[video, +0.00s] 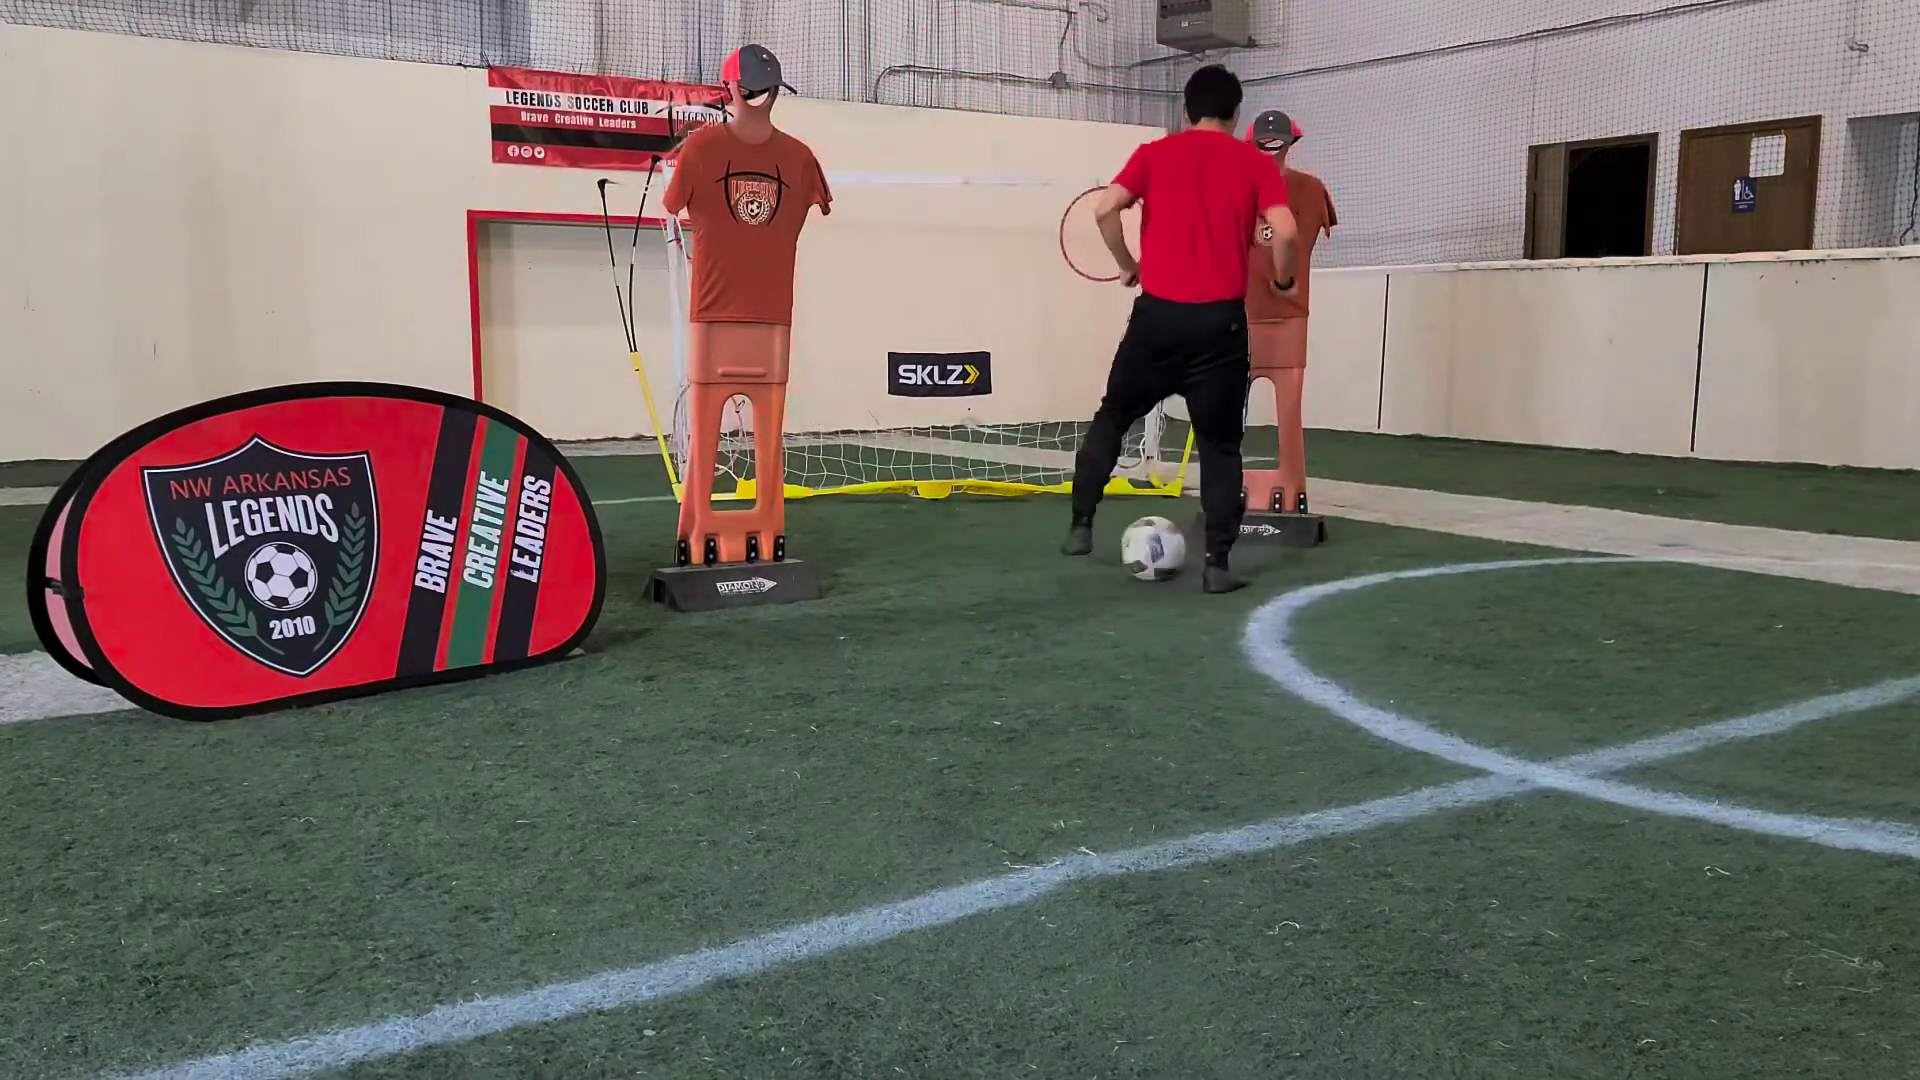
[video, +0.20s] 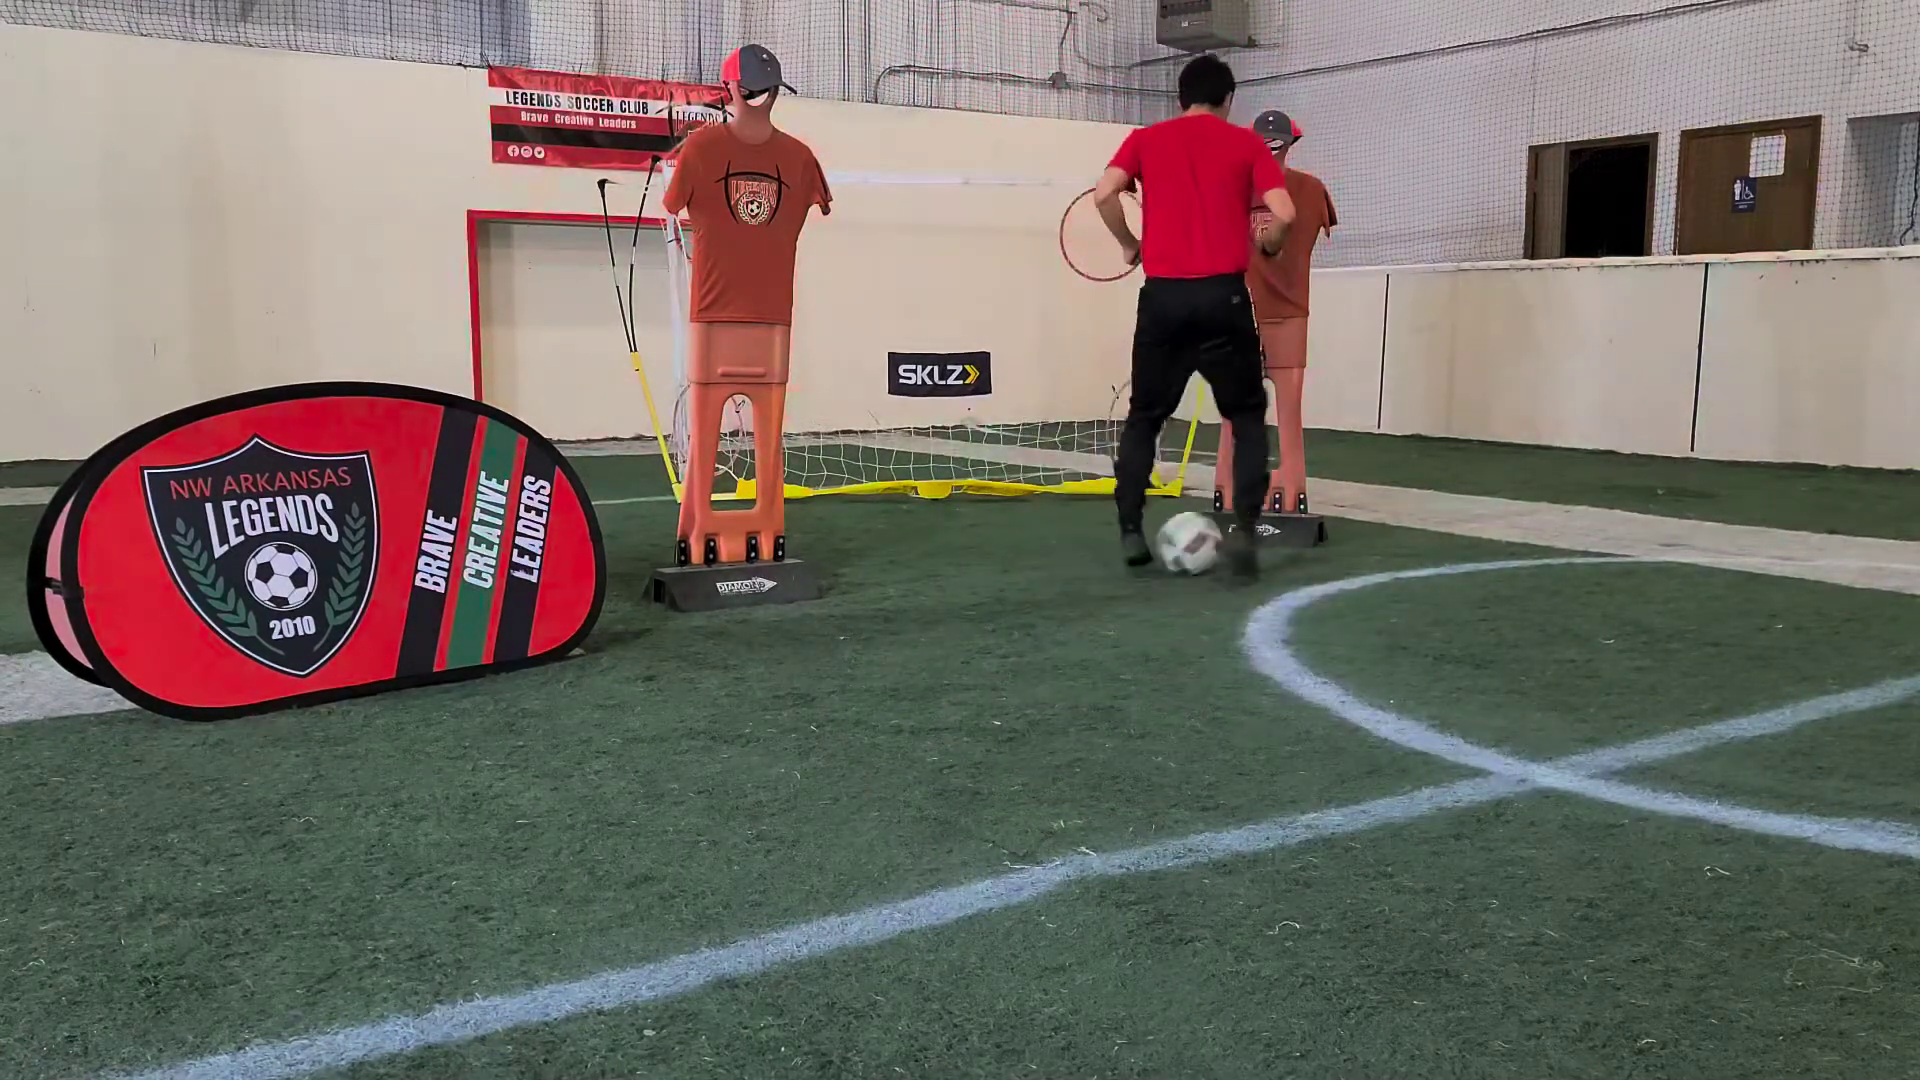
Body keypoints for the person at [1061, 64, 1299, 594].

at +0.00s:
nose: (1236, 120)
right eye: (1238, 113)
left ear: (1187, 110)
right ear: (1236, 113)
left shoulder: (1156, 152)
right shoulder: (1255, 161)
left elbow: (1106, 208)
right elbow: (1285, 230)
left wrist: (1125, 263)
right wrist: (1283, 278)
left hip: (1157, 319)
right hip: (1220, 321)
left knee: (1113, 416)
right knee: (1219, 443)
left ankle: (1081, 526)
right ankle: (1217, 566)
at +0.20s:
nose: (1225, 106)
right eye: (1230, 99)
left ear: (1178, 99)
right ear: (1227, 100)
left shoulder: (1147, 137)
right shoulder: (1248, 143)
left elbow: (1104, 195)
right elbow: (1284, 214)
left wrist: (1128, 243)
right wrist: (1267, 241)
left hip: (1161, 301)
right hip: (1223, 300)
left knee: (1144, 413)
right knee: (1246, 413)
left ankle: (1131, 531)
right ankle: (1244, 529)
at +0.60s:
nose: (1263, 116)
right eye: (1264, 109)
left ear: (1215, 105)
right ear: (1261, 109)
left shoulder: (1178, 147)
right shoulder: (1274, 152)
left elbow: (1127, 211)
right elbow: (1287, 201)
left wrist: (1157, 247)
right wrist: (1289, 274)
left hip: (1185, 303)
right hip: (1243, 304)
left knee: (1155, 409)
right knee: (1249, 419)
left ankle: (1136, 510)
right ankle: (1245, 537)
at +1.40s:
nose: (1295, 122)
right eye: (1295, 115)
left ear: (1245, 113)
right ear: (1290, 116)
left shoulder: (1208, 158)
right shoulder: (1304, 165)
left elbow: (1163, 223)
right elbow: (1326, 230)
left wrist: (1188, 266)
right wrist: (1313, 287)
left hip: (1207, 309)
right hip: (1261, 313)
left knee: (1212, 381)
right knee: (1256, 427)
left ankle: (1187, 486)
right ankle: (1240, 544)